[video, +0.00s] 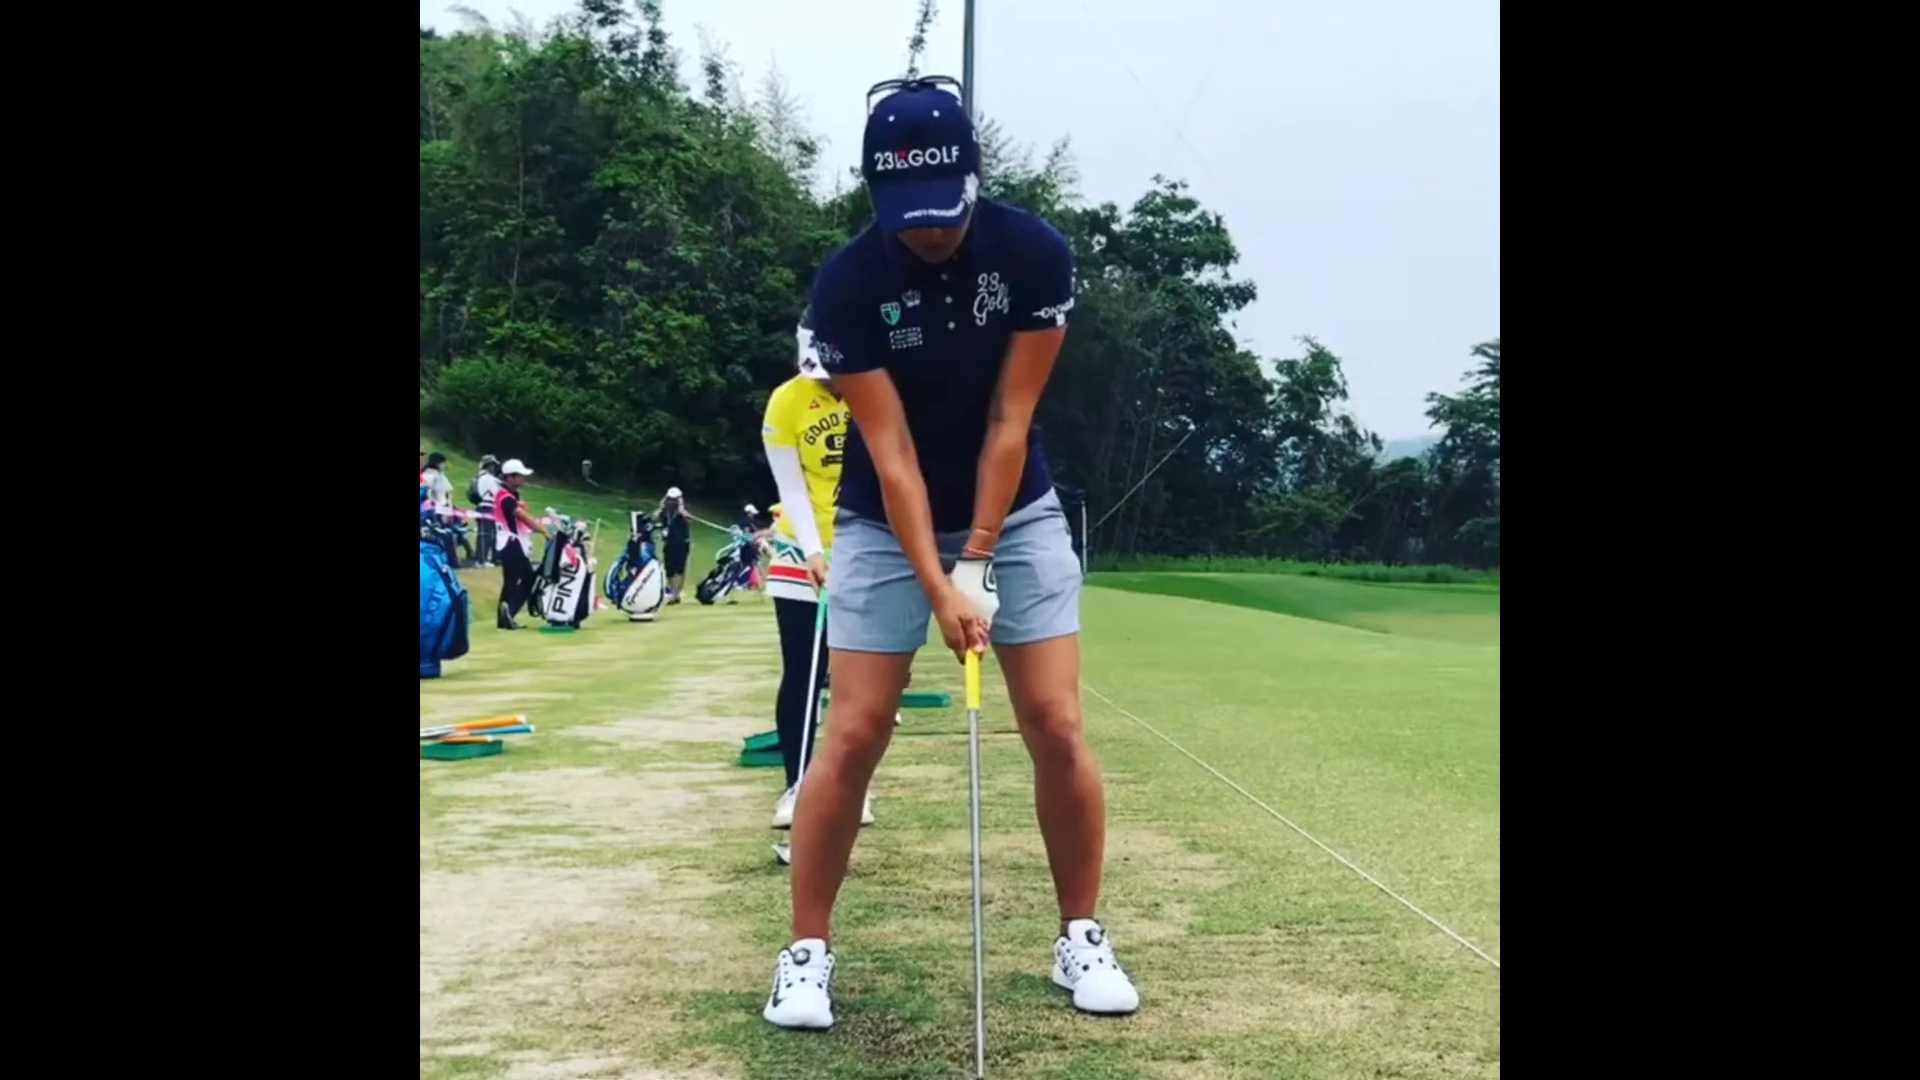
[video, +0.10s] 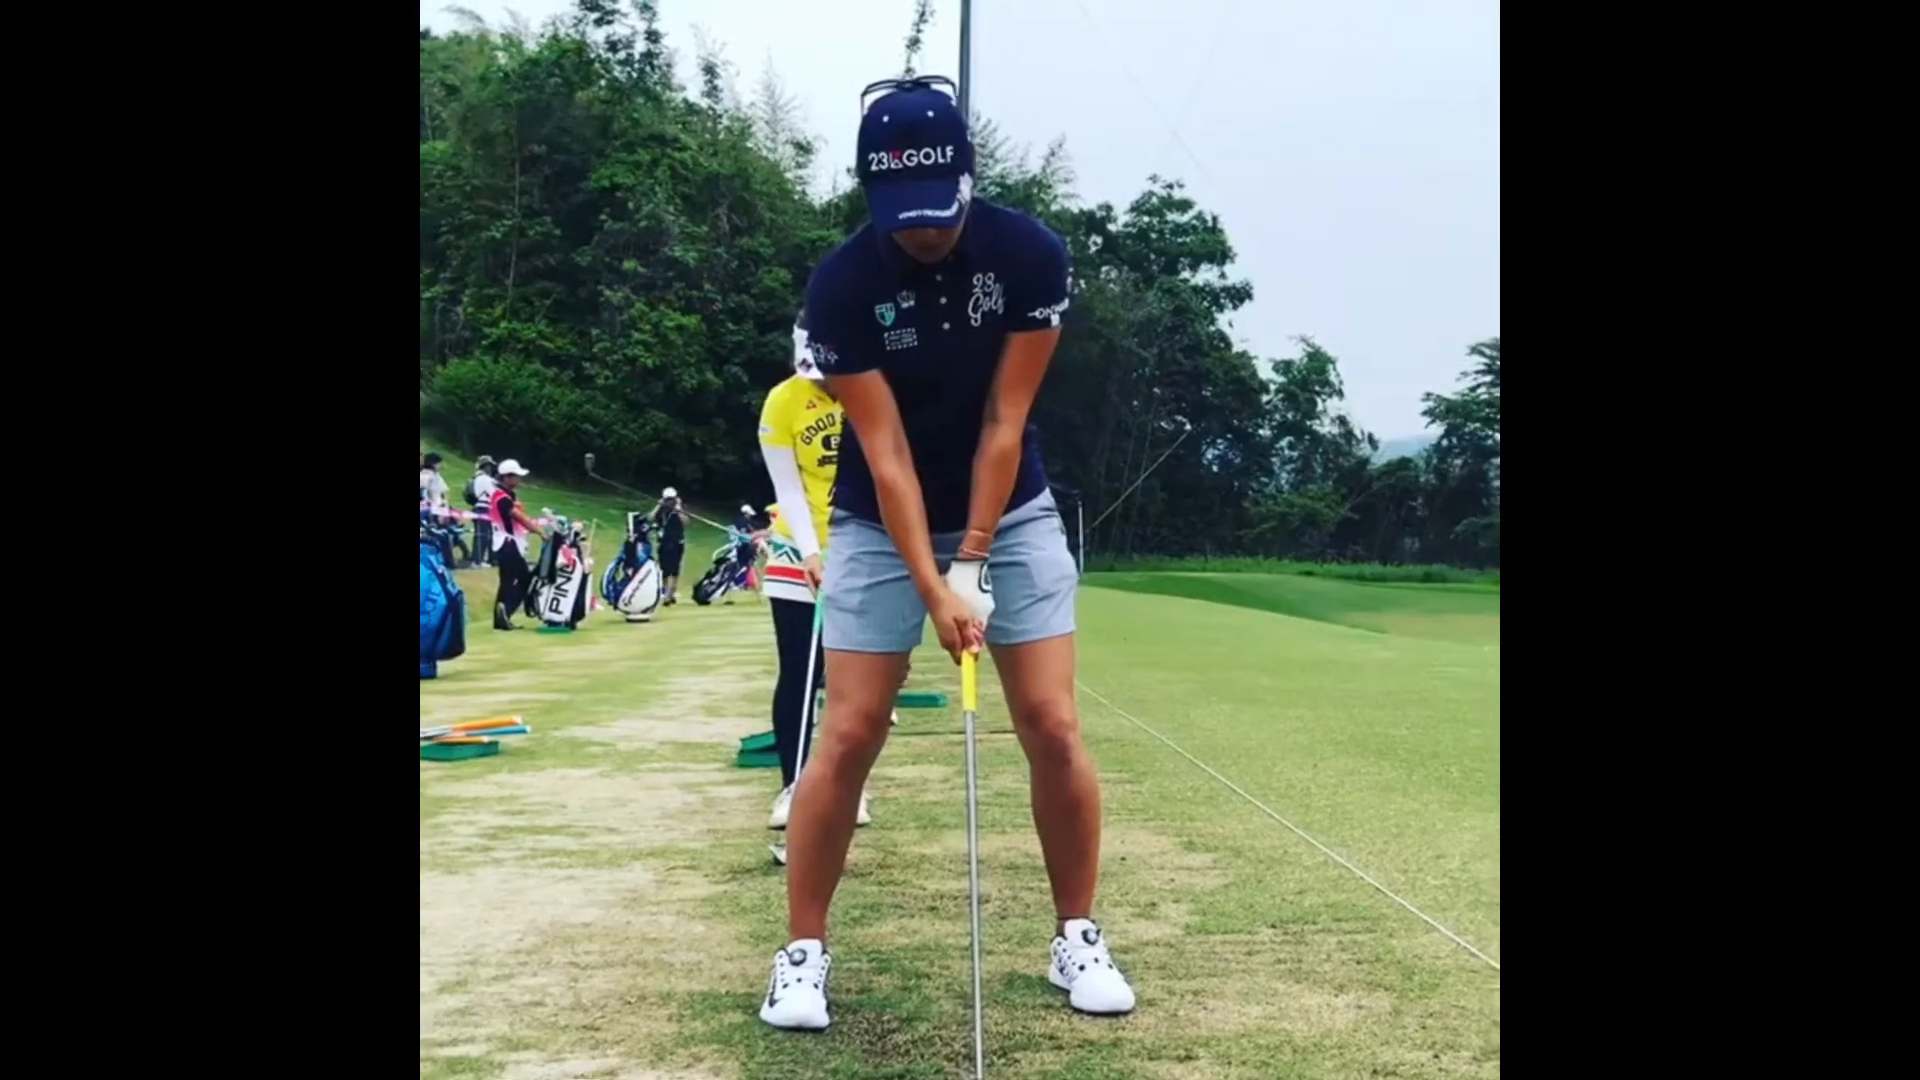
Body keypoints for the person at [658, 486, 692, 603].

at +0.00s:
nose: (671, 502)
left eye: (674, 499)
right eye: (669, 499)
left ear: (679, 501)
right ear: (666, 500)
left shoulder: (682, 514)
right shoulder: (665, 513)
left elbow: (689, 521)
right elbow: (655, 519)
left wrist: (683, 513)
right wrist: (661, 508)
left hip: (681, 542)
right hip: (669, 542)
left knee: (678, 569)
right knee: (669, 569)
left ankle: (677, 594)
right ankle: (672, 592)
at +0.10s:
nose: (670, 503)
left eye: (672, 500)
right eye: (667, 500)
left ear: (676, 500)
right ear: (663, 501)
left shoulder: (678, 511)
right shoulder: (661, 512)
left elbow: (686, 522)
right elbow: (651, 518)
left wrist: (679, 511)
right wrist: (659, 505)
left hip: (677, 541)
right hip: (664, 541)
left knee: (674, 569)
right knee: (664, 569)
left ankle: (672, 594)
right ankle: (665, 593)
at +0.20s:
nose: (668, 503)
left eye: (670, 500)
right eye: (665, 500)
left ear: (674, 500)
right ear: (661, 500)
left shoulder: (675, 512)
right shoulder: (658, 510)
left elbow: (681, 521)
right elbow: (648, 518)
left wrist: (677, 508)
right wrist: (655, 506)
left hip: (672, 541)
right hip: (660, 541)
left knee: (669, 569)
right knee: (660, 567)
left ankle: (666, 593)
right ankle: (660, 591)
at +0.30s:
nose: (667, 501)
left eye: (669, 498)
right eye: (664, 498)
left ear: (672, 499)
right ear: (660, 499)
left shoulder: (673, 511)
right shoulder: (656, 510)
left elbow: (680, 522)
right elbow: (642, 517)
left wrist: (675, 508)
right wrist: (652, 505)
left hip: (669, 542)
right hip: (656, 541)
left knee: (666, 569)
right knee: (657, 567)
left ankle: (667, 589)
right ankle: (657, 590)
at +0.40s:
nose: (669, 500)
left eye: (670, 497)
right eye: (667, 497)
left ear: (671, 499)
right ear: (660, 498)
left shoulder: (671, 511)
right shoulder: (653, 509)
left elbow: (678, 522)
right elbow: (638, 517)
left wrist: (674, 507)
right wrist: (649, 504)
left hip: (666, 541)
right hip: (652, 540)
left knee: (664, 569)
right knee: (652, 564)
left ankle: (660, 592)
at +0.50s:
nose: (668, 499)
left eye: (669, 497)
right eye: (665, 496)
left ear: (671, 498)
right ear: (659, 498)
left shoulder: (670, 510)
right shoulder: (653, 509)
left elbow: (678, 521)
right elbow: (638, 516)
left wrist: (674, 506)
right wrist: (648, 504)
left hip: (665, 540)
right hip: (651, 539)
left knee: (663, 568)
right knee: (650, 564)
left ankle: (660, 592)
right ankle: (648, 588)